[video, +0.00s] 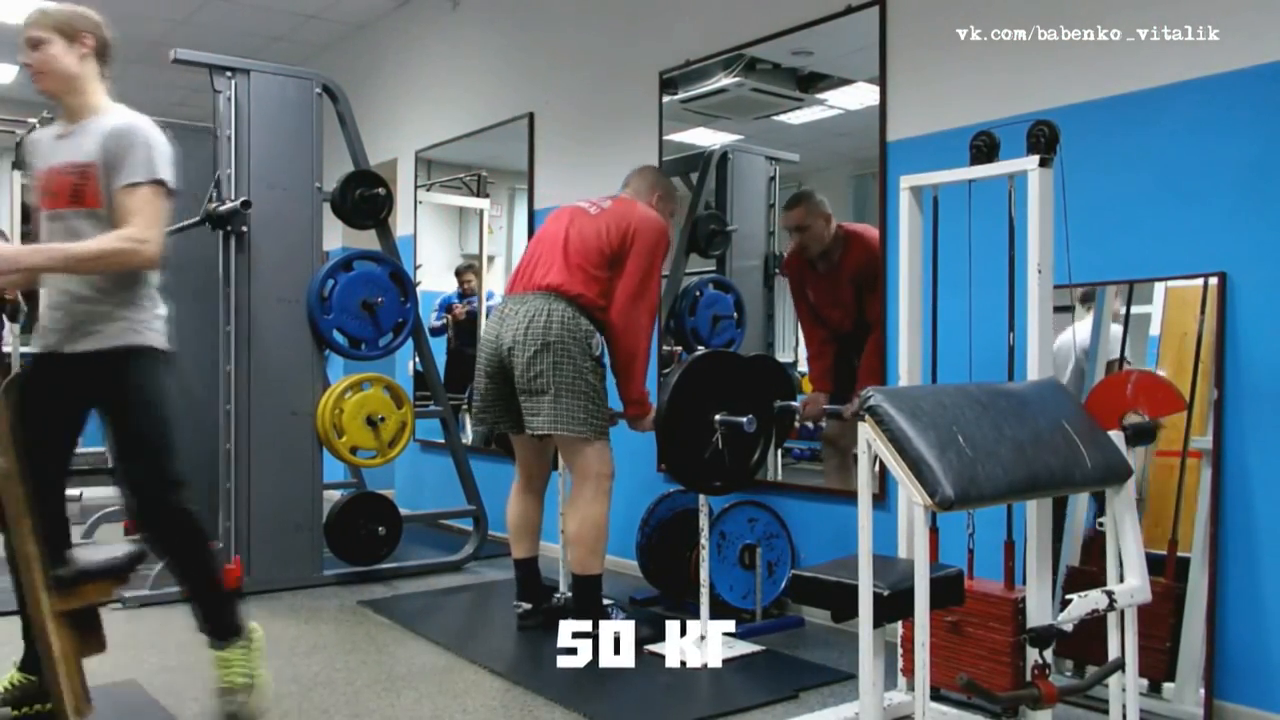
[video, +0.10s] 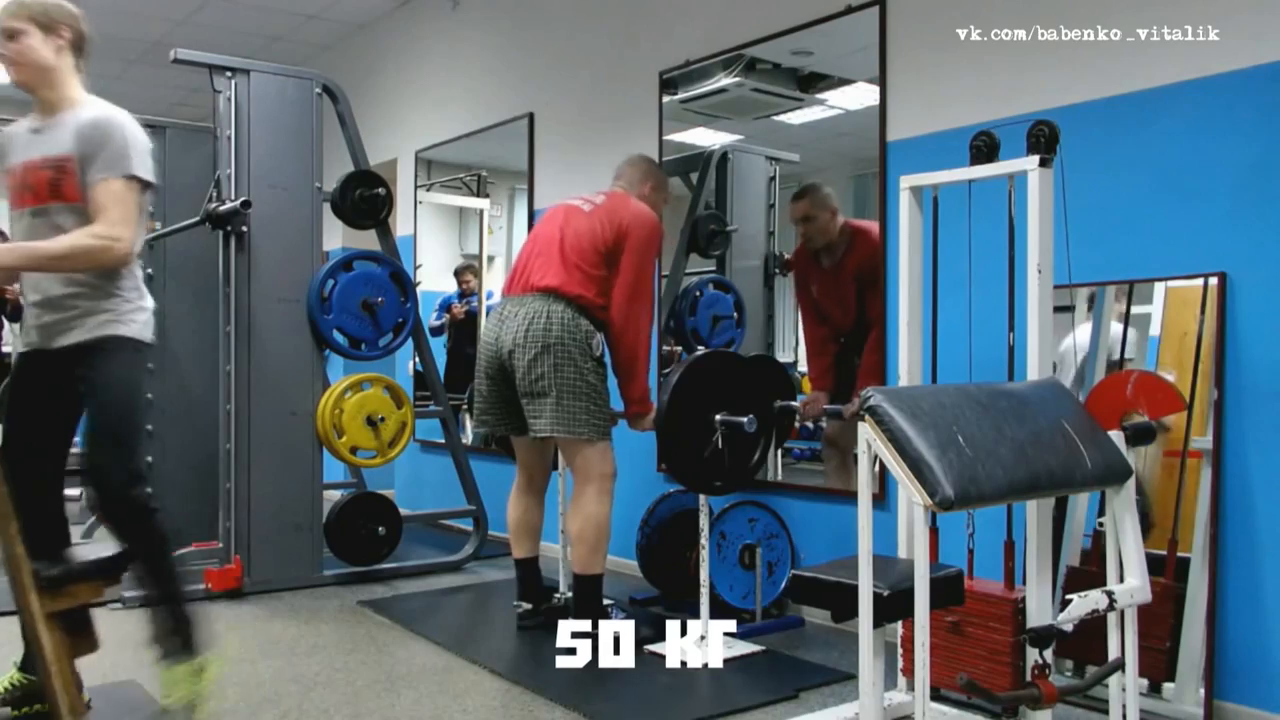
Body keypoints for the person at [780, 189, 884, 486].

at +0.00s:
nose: (795, 241)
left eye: (802, 230)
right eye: (790, 232)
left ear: (828, 222)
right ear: (786, 231)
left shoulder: (870, 247)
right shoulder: (796, 265)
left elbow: (882, 325)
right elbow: (815, 333)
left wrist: (866, 391)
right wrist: (819, 390)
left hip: (878, 343)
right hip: (838, 348)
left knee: (878, 432)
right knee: (835, 436)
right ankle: (840, 516)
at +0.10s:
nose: (801, 231)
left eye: (807, 220)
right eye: (796, 224)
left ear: (833, 215)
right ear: (794, 224)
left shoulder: (874, 243)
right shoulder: (804, 260)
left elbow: (884, 323)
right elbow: (815, 329)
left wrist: (867, 390)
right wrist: (819, 389)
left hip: (884, 344)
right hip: (843, 349)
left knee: (882, 435)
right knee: (834, 439)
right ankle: (842, 523)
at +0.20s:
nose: (810, 220)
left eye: (817, 210)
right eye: (806, 212)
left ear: (843, 208)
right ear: (803, 215)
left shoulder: (878, 241)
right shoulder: (810, 257)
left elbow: (885, 322)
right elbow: (818, 327)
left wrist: (867, 390)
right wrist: (820, 386)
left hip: (883, 341)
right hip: (846, 345)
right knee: (835, 435)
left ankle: (879, 518)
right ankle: (840, 520)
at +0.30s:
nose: (820, 214)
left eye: (829, 204)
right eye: (816, 206)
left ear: (855, 203)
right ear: (814, 208)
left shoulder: (884, 238)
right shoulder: (817, 250)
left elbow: (889, 317)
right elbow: (820, 319)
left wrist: (871, 382)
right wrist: (823, 377)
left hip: (883, 365)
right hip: (842, 370)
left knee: (883, 448)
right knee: (838, 445)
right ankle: (838, 520)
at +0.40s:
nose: (836, 201)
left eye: (844, 193)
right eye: (832, 194)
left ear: (871, 196)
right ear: (829, 198)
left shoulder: (894, 235)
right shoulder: (828, 242)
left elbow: (900, 309)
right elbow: (827, 309)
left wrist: (876, 368)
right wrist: (828, 363)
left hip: (895, 347)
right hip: (854, 349)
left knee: (890, 439)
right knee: (841, 441)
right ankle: (839, 518)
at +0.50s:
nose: (852, 189)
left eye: (861, 181)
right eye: (848, 182)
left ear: (883, 183)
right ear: (845, 187)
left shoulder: (901, 228)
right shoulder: (841, 233)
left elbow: (909, 299)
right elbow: (836, 297)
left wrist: (883, 358)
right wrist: (837, 351)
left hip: (895, 350)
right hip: (855, 351)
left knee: (893, 439)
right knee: (846, 439)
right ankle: (843, 516)